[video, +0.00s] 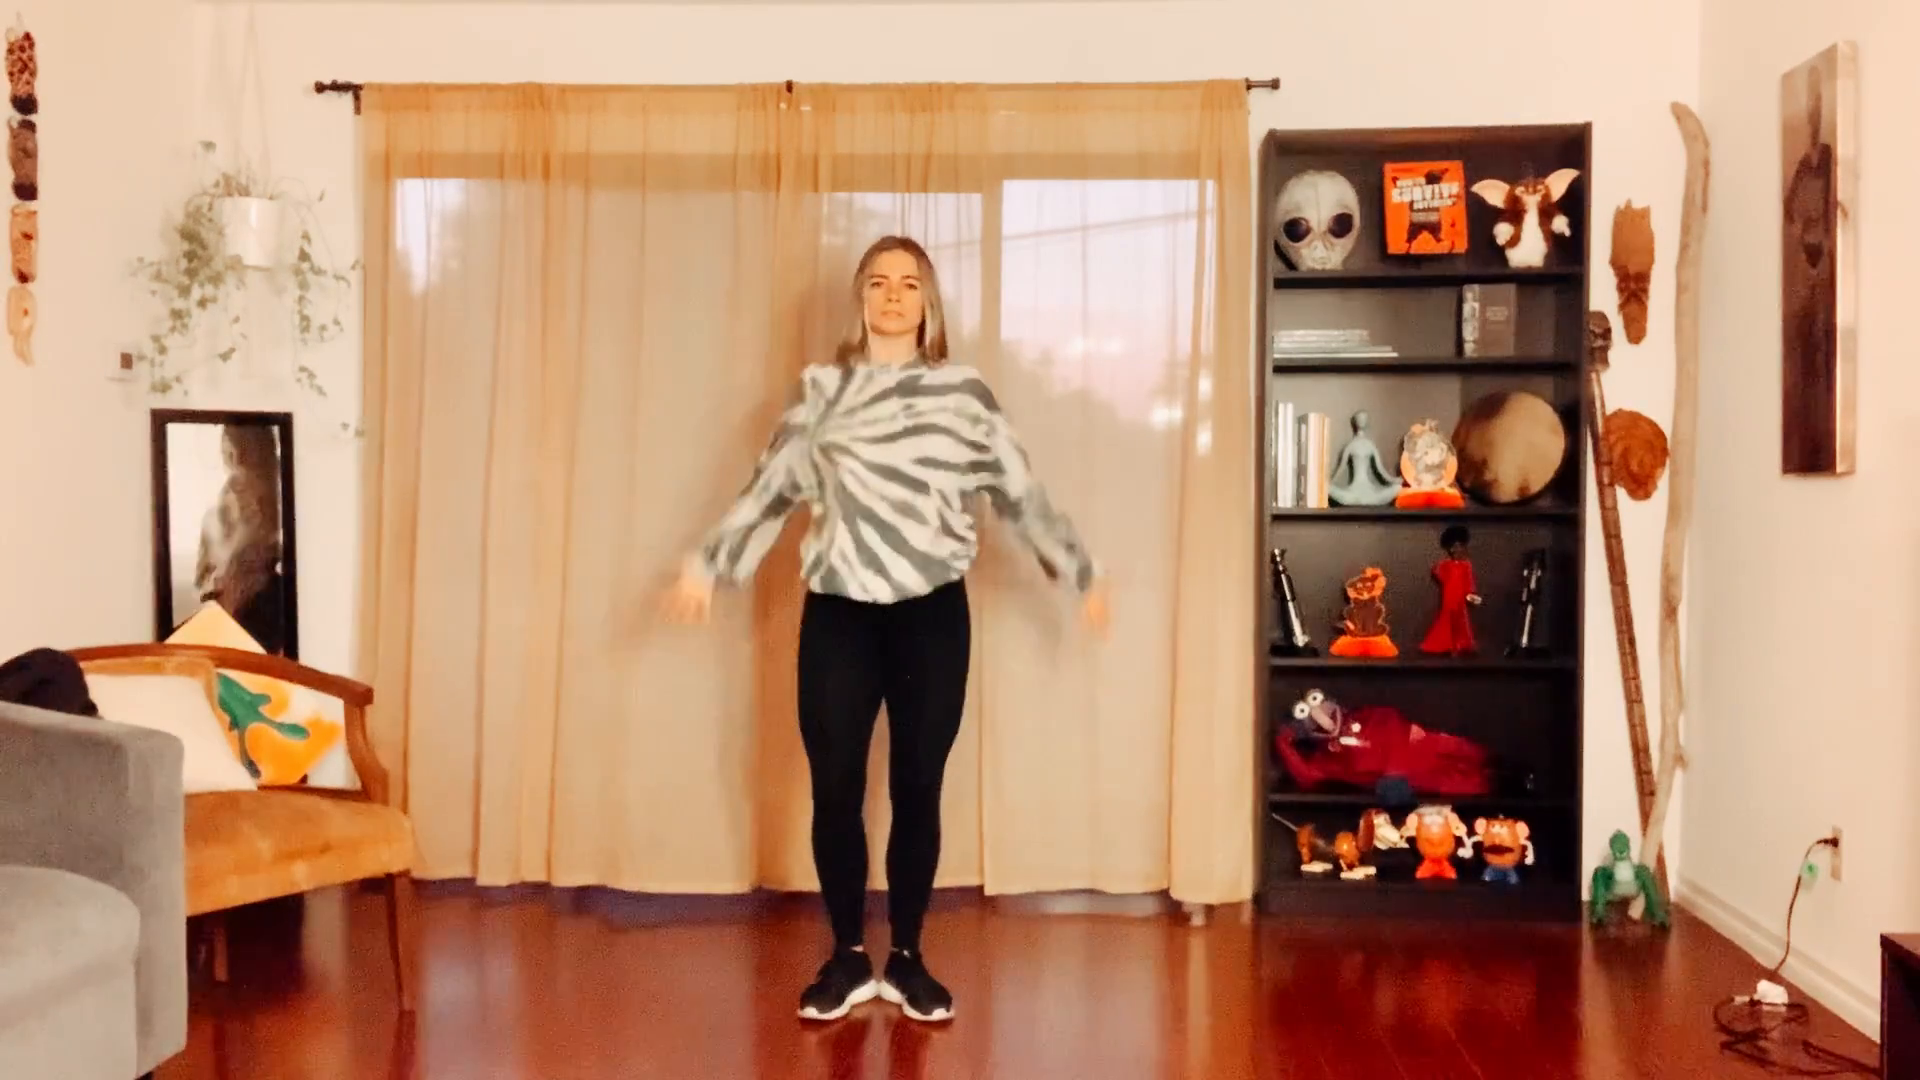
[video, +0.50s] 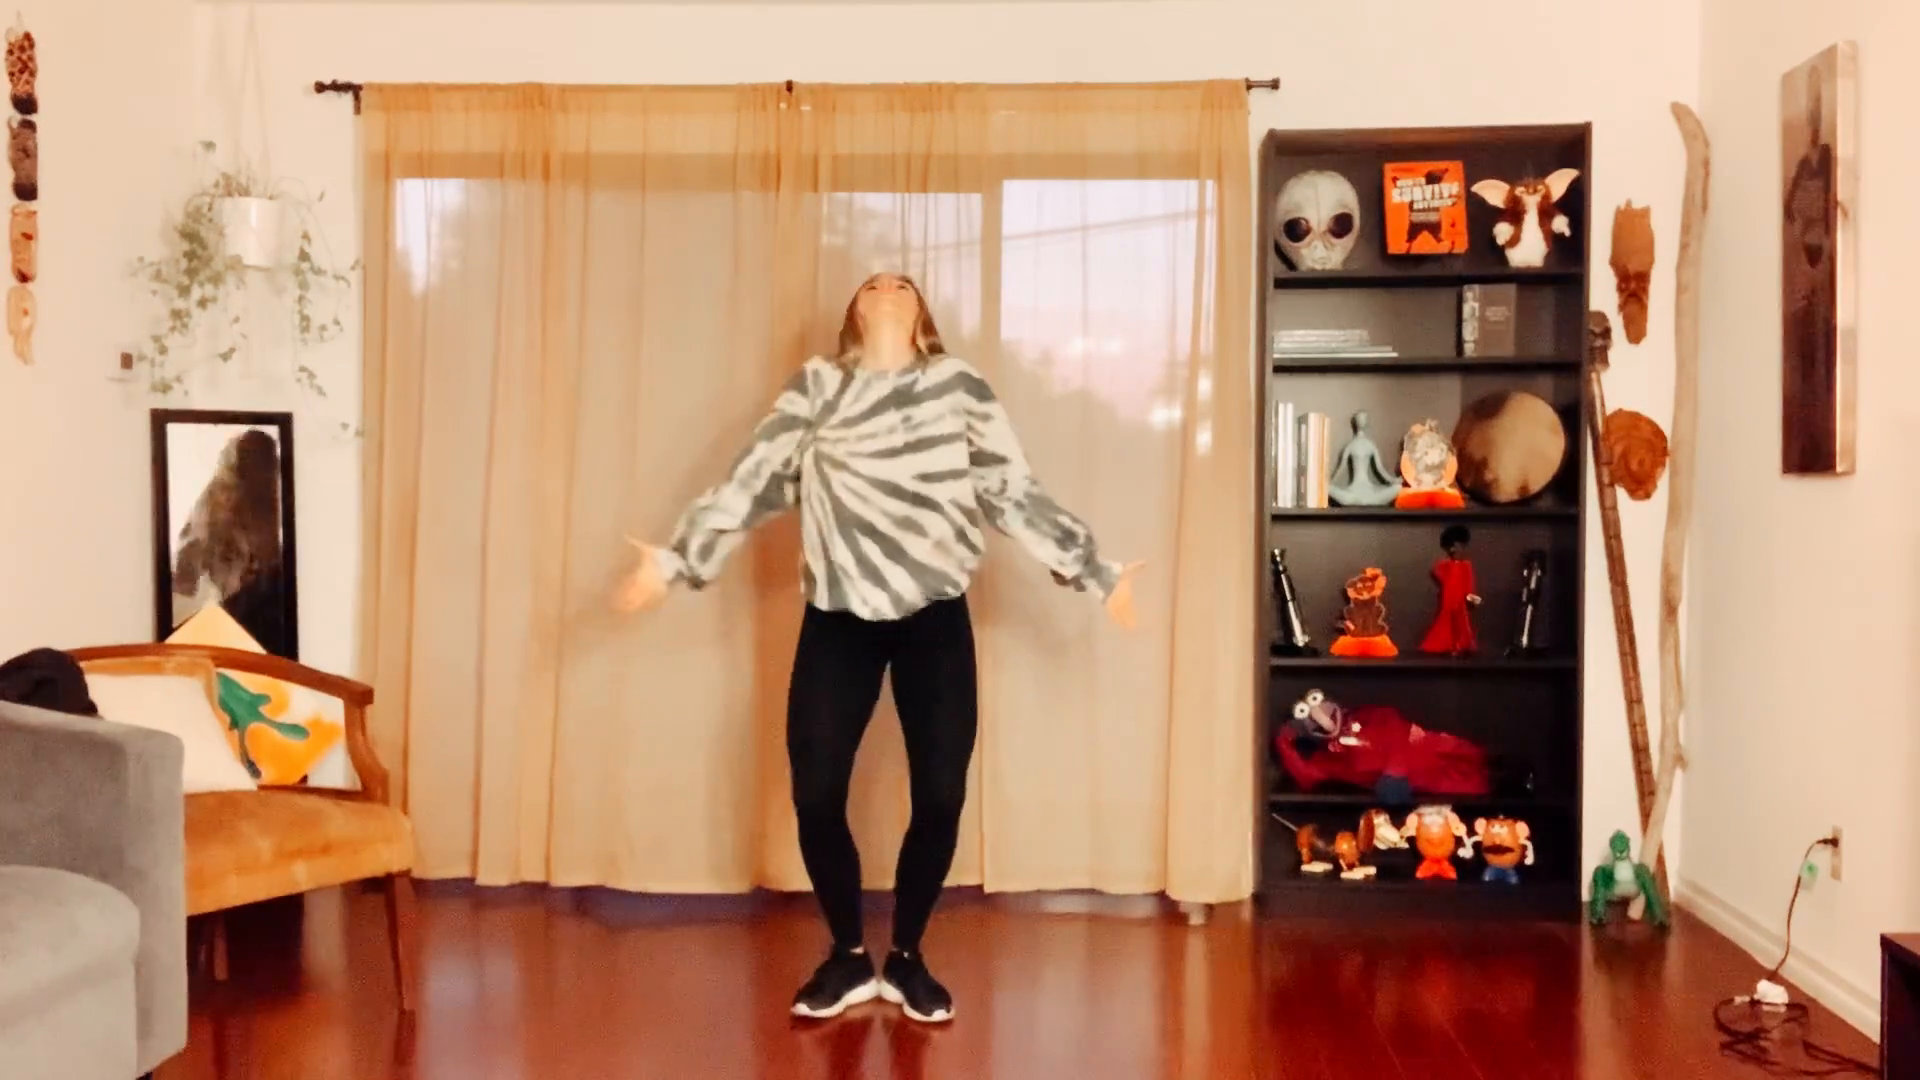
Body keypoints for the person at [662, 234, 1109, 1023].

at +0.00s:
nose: (892, 293)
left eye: (908, 283)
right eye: (879, 281)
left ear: (928, 300)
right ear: (859, 297)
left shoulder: (963, 394)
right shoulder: (825, 390)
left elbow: (1019, 494)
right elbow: (774, 486)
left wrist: (1080, 571)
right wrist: (709, 562)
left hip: (930, 613)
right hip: (838, 612)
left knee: (916, 789)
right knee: (837, 788)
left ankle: (905, 960)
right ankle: (848, 958)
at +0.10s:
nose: (889, 295)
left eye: (905, 284)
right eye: (875, 283)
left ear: (927, 300)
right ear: (856, 297)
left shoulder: (953, 383)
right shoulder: (831, 382)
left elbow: (1008, 468)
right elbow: (794, 472)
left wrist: (1070, 533)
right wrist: (728, 523)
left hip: (927, 607)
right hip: (834, 606)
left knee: (913, 790)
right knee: (834, 791)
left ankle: (905, 958)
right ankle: (848, 958)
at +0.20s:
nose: (889, 297)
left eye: (905, 287)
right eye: (875, 285)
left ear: (927, 302)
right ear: (856, 299)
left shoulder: (962, 394)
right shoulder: (824, 391)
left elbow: (1013, 495)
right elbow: (768, 484)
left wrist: (1096, 574)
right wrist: (693, 557)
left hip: (927, 611)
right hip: (834, 609)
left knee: (913, 791)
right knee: (833, 790)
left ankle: (905, 960)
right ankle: (848, 958)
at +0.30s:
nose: (888, 305)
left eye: (904, 296)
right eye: (874, 295)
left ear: (927, 319)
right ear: (853, 316)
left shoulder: (960, 403)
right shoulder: (817, 404)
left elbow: (1030, 504)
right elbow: (739, 489)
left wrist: (1109, 580)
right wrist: (657, 566)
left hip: (930, 624)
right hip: (837, 621)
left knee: (918, 798)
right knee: (829, 794)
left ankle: (905, 959)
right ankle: (849, 958)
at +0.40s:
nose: (891, 291)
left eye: (905, 288)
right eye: (877, 286)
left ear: (924, 322)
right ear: (854, 318)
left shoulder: (956, 391)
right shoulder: (816, 395)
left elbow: (1022, 493)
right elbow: (742, 483)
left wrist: (1106, 564)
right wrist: (652, 551)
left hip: (935, 615)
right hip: (841, 616)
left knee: (932, 795)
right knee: (826, 793)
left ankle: (906, 958)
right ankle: (849, 959)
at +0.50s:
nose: (885, 287)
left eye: (901, 286)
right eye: (871, 285)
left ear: (923, 323)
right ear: (851, 323)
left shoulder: (958, 386)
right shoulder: (820, 386)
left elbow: (1013, 492)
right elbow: (751, 479)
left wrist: (1096, 569)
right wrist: (674, 558)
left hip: (934, 615)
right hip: (839, 616)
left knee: (941, 797)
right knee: (815, 795)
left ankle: (905, 959)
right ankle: (849, 958)